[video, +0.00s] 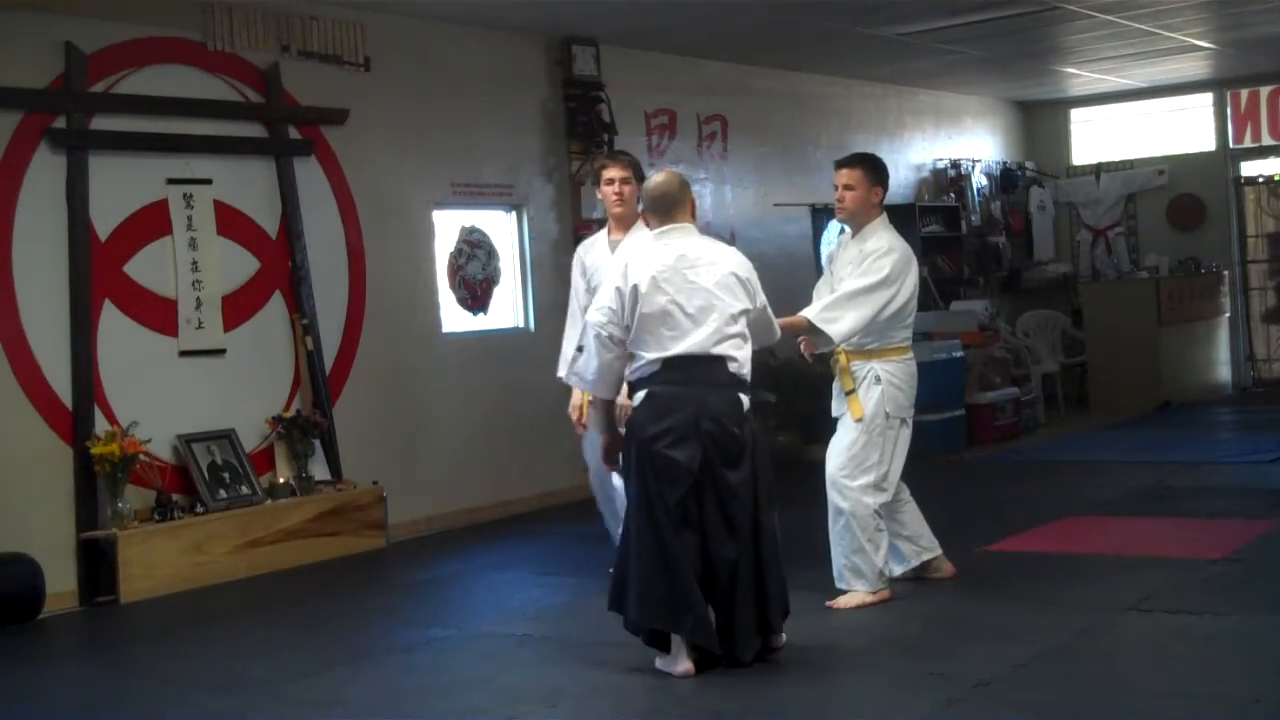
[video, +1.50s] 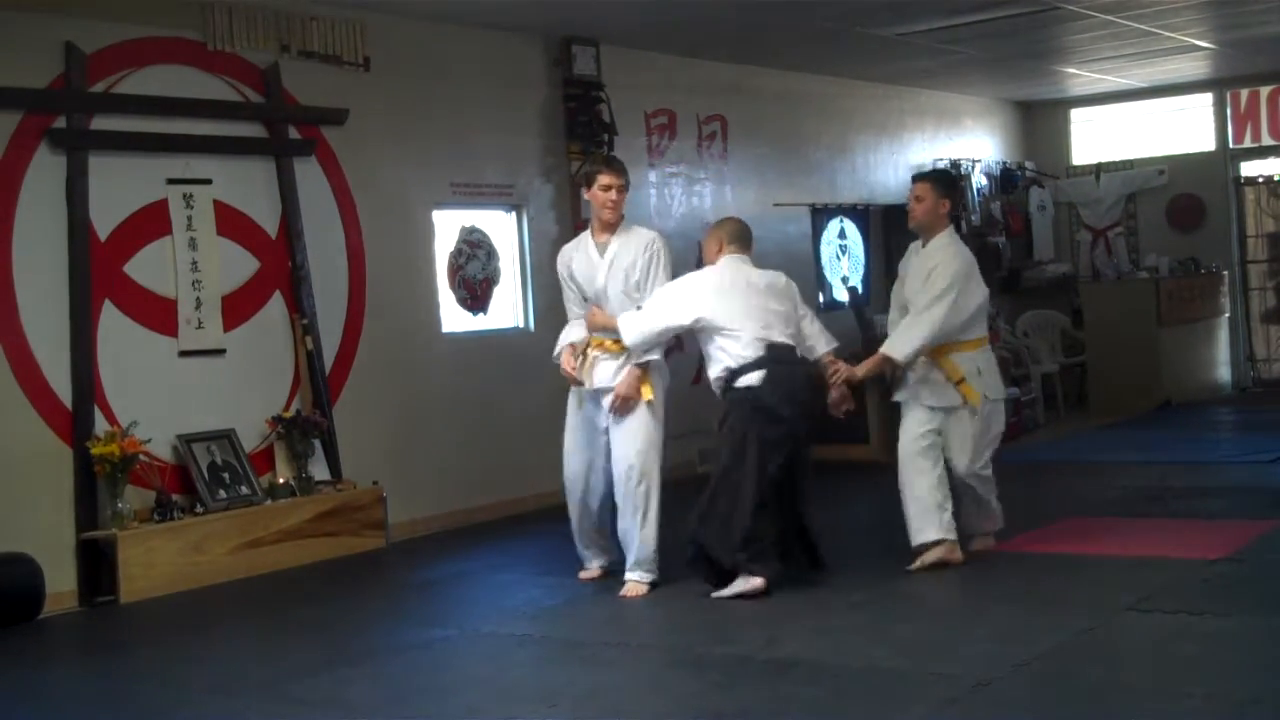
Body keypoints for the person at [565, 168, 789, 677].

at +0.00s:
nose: (700, 211)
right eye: (697, 204)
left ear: (645, 214)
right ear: (692, 208)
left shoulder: (629, 263)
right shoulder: (732, 260)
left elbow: (605, 346)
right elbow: (766, 333)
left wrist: (607, 427)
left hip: (659, 405)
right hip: (727, 401)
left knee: (664, 526)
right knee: (745, 514)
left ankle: (679, 650)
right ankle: (767, 627)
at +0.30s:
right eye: (713, 211)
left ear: (664, 218)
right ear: (712, 214)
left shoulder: (643, 272)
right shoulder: (745, 266)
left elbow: (620, 355)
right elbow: (777, 343)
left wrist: (630, 402)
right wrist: (741, 360)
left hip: (672, 389)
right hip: (735, 388)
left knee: (675, 516)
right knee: (746, 510)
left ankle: (682, 646)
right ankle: (759, 630)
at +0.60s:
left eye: (705, 210)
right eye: (751, 214)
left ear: (704, 214)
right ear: (752, 217)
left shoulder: (674, 266)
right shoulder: (774, 267)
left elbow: (645, 346)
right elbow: (796, 347)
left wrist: (662, 399)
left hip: (693, 385)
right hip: (755, 384)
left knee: (700, 504)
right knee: (760, 503)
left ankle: (696, 616)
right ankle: (763, 622)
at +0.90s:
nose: (710, 236)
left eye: (710, 230)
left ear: (713, 233)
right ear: (758, 237)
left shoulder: (683, 285)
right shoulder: (779, 285)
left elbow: (651, 350)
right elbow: (807, 357)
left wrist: (640, 408)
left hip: (699, 394)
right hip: (758, 393)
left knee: (709, 499)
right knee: (762, 502)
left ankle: (727, 600)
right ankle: (760, 611)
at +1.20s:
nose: (695, 246)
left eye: (695, 241)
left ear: (699, 242)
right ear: (739, 245)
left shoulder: (678, 287)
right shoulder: (768, 280)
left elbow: (628, 328)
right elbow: (823, 335)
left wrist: (584, 339)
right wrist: (848, 375)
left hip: (716, 379)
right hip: (770, 378)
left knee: (720, 484)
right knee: (783, 483)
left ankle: (728, 582)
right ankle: (781, 564)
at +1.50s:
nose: (704, 253)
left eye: (706, 246)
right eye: (706, 246)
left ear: (717, 247)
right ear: (748, 249)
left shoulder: (703, 283)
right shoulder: (780, 282)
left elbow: (637, 327)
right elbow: (819, 340)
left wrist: (606, 321)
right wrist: (837, 380)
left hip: (754, 383)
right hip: (801, 377)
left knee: (742, 477)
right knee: (787, 476)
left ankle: (753, 569)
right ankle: (799, 559)